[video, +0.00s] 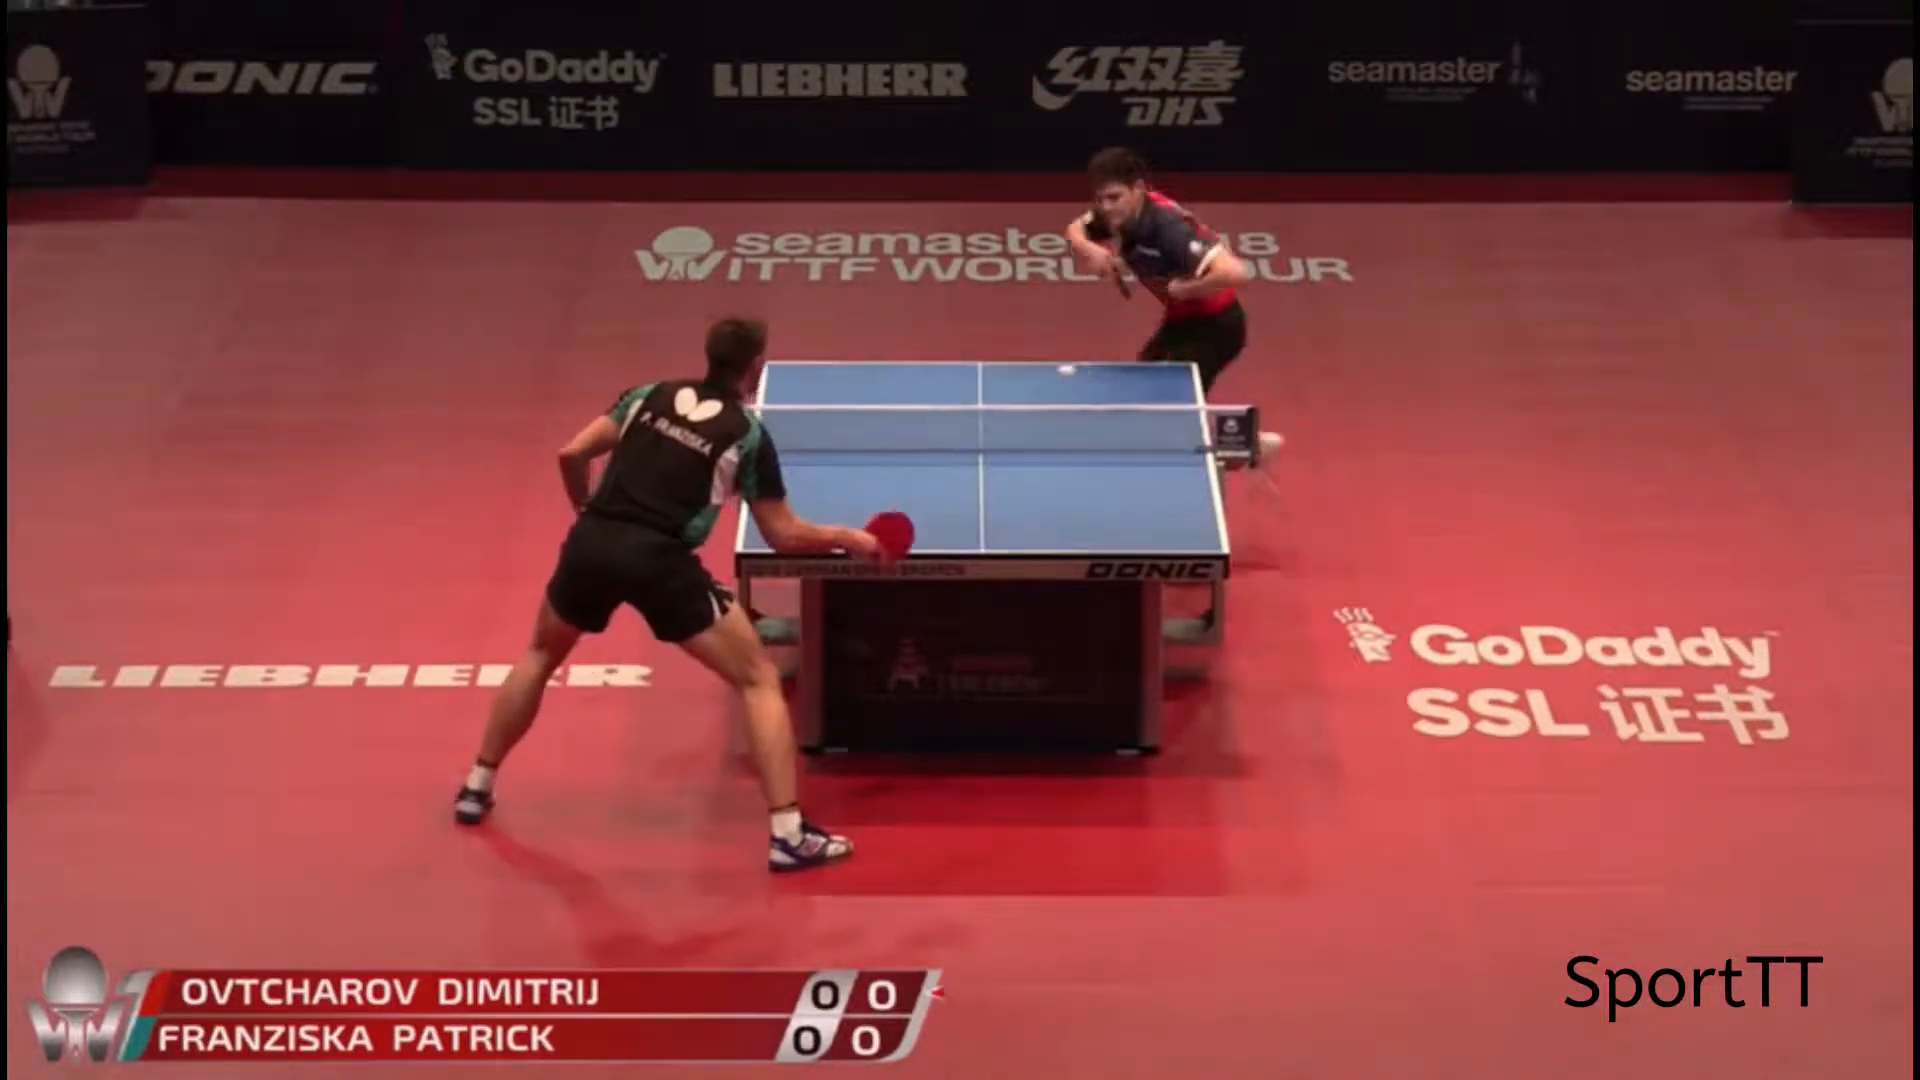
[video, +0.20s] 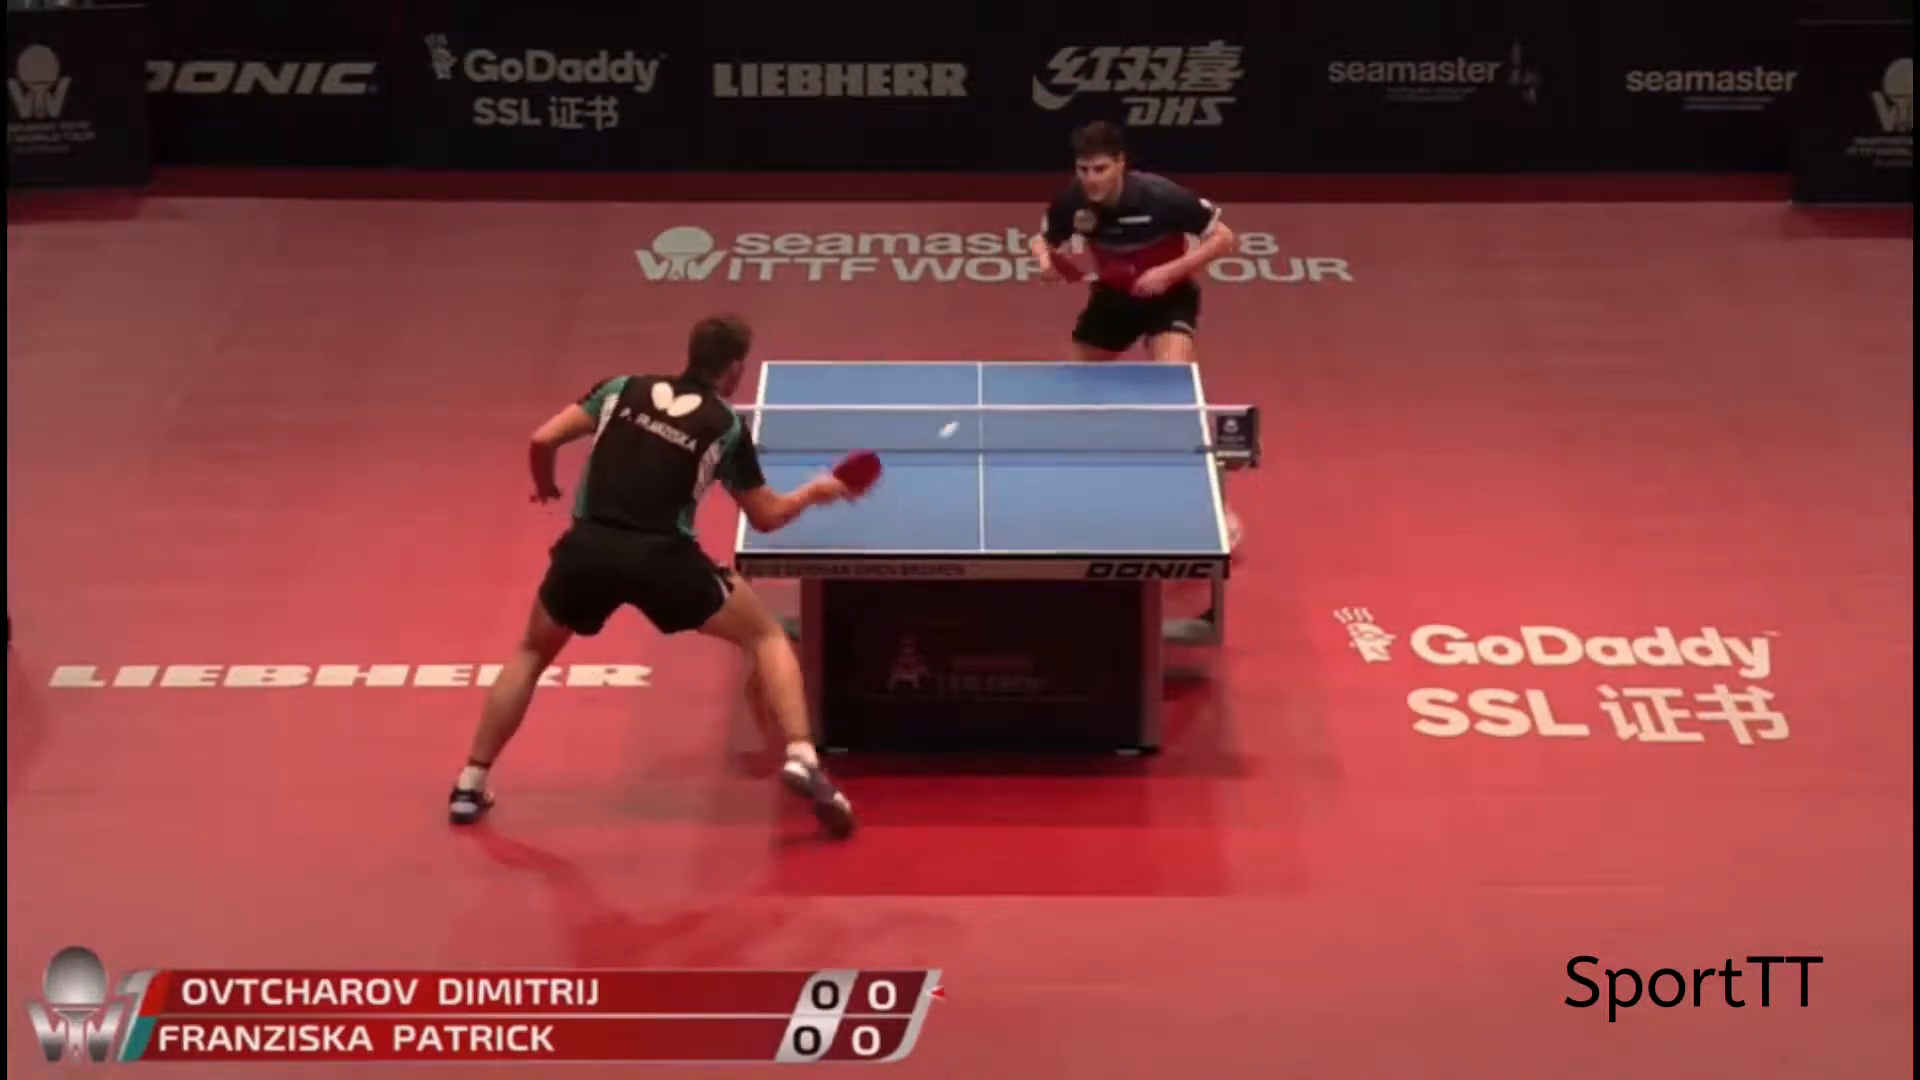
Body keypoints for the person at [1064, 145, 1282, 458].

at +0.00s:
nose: (1106, 207)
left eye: (1114, 198)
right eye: (1101, 199)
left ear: (1139, 191)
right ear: (1095, 199)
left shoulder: (1167, 227)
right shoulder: (1120, 212)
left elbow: (1235, 272)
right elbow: (1074, 229)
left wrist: (1187, 288)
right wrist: (1091, 251)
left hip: (1216, 323)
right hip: (1180, 319)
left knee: (1166, 403)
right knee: (1139, 387)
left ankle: (1247, 445)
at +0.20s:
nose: (1091, 180)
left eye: (1100, 169)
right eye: (1084, 170)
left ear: (1121, 164)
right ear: (1076, 169)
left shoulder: (1159, 196)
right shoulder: (1072, 204)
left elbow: (1225, 238)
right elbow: (1043, 240)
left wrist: (1170, 271)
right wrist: (1050, 262)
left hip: (1168, 296)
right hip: (1112, 296)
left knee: (1173, 386)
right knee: (1074, 381)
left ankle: (1215, 509)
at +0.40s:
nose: (1079, 178)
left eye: (1088, 167)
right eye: (1072, 168)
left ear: (1109, 165)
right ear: (1064, 168)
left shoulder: (1149, 201)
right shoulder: (1056, 210)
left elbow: (1205, 239)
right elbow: (1015, 266)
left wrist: (1163, 269)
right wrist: (1034, 276)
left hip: (1150, 312)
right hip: (1087, 315)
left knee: (1200, 392)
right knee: (1040, 393)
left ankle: (1226, 495)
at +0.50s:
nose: (1084, 179)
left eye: (1093, 168)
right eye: (1078, 170)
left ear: (1116, 162)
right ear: (1071, 170)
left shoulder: (1162, 195)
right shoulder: (1071, 210)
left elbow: (1216, 242)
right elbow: (1043, 267)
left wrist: (1164, 268)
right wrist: (1028, 291)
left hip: (1163, 314)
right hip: (1097, 313)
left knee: (1221, 401)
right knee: (1039, 388)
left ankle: (1259, 494)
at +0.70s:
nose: (1096, 232)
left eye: (1104, 223)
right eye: (1088, 225)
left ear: (1119, 211)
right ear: (1076, 218)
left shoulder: (1152, 231)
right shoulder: (1063, 247)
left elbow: (1201, 275)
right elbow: (1012, 313)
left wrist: (1173, 293)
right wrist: (1063, 313)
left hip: (1157, 342)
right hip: (1089, 344)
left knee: (1218, 402)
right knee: (1052, 368)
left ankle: (1266, 493)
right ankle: (1040, 487)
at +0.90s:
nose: (1103, 252)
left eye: (1111, 242)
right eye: (1094, 242)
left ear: (1123, 235)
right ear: (1081, 236)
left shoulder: (1137, 244)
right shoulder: (1064, 259)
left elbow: (1166, 277)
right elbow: (1037, 309)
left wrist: (1174, 289)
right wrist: (1075, 322)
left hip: (1119, 332)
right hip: (1061, 340)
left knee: (1216, 391)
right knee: (1056, 403)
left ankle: (1266, 489)